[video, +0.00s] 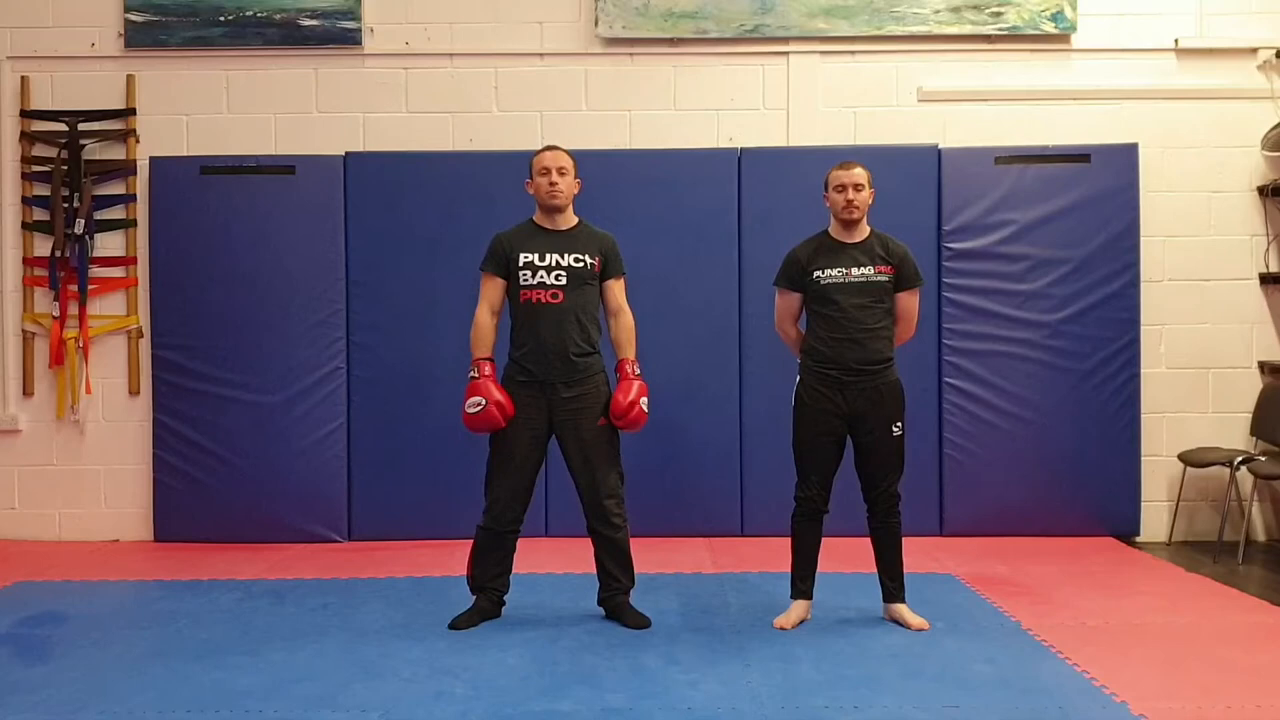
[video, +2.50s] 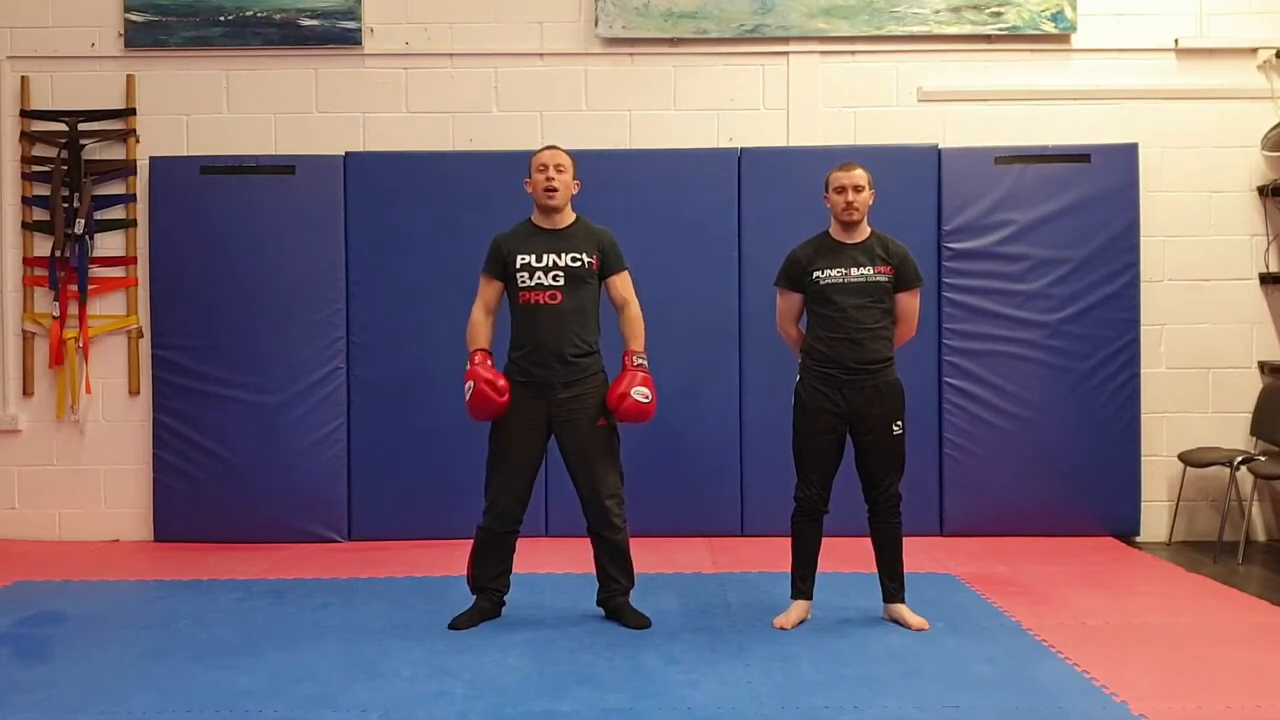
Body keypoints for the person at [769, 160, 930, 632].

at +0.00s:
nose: (849, 196)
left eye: (858, 188)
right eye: (840, 189)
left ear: (871, 195)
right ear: (827, 198)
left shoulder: (896, 255)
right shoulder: (803, 257)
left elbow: (906, 327)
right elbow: (785, 325)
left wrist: (863, 351)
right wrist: (820, 356)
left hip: (878, 392)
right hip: (819, 393)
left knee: (885, 500)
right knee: (810, 497)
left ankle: (894, 600)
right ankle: (801, 598)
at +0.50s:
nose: (848, 195)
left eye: (856, 187)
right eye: (839, 188)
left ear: (870, 196)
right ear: (826, 197)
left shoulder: (895, 255)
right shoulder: (802, 258)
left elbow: (906, 328)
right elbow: (785, 325)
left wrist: (863, 352)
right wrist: (820, 357)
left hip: (878, 393)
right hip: (818, 394)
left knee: (885, 500)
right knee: (809, 497)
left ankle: (894, 600)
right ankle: (801, 598)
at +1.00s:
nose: (848, 195)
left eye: (857, 187)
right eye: (839, 188)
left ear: (870, 195)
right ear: (826, 197)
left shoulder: (895, 255)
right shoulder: (803, 258)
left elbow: (906, 328)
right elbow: (785, 326)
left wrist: (864, 352)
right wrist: (822, 356)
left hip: (878, 392)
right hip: (819, 393)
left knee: (885, 499)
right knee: (810, 497)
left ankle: (894, 600)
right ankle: (801, 598)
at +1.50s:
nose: (850, 196)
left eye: (858, 188)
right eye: (841, 189)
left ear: (872, 195)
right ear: (828, 197)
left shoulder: (896, 256)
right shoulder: (804, 257)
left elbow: (907, 327)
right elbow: (787, 325)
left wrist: (865, 353)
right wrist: (822, 357)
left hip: (878, 392)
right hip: (819, 393)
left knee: (885, 499)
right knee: (810, 497)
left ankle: (894, 601)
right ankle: (801, 599)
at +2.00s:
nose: (849, 197)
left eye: (857, 189)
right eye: (839, 190)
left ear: (871, 196)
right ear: (827, 198)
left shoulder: (896, 256)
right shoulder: (804, 258)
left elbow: (907, 327)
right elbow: (787, 325)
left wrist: (865, 353)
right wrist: (822, 357)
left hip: (878, 392)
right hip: (819, 393)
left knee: (885, 499)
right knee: (810, 497)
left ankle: (894, 600)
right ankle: (801, 598)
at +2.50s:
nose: (849, 197)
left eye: (857, 189)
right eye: (839, 190)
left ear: (871, 196)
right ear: (827, 198)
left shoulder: (896, 256)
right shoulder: (803, 258)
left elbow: (907, 327)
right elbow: (787, 325)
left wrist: (865, 353)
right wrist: (822, 357)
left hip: (878, 392)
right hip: (819, 393)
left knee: (885, 499)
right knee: (810, 497)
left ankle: (894, 600)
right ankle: (801, 598)